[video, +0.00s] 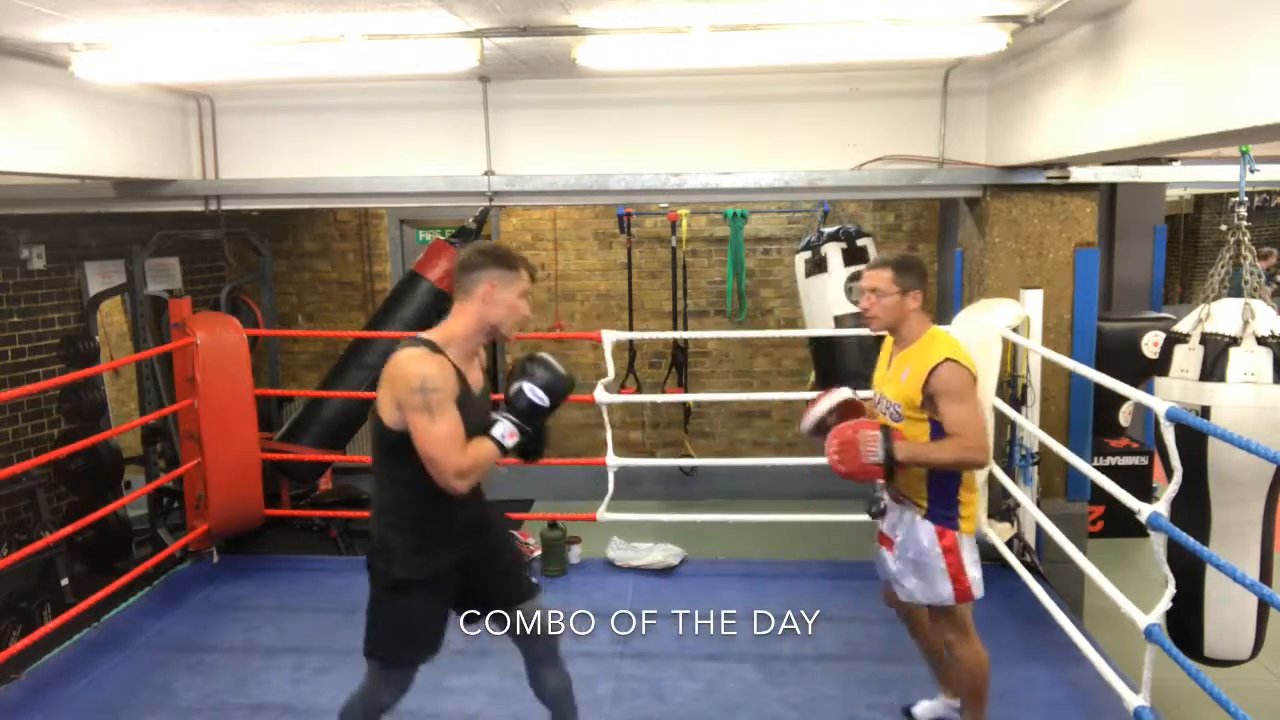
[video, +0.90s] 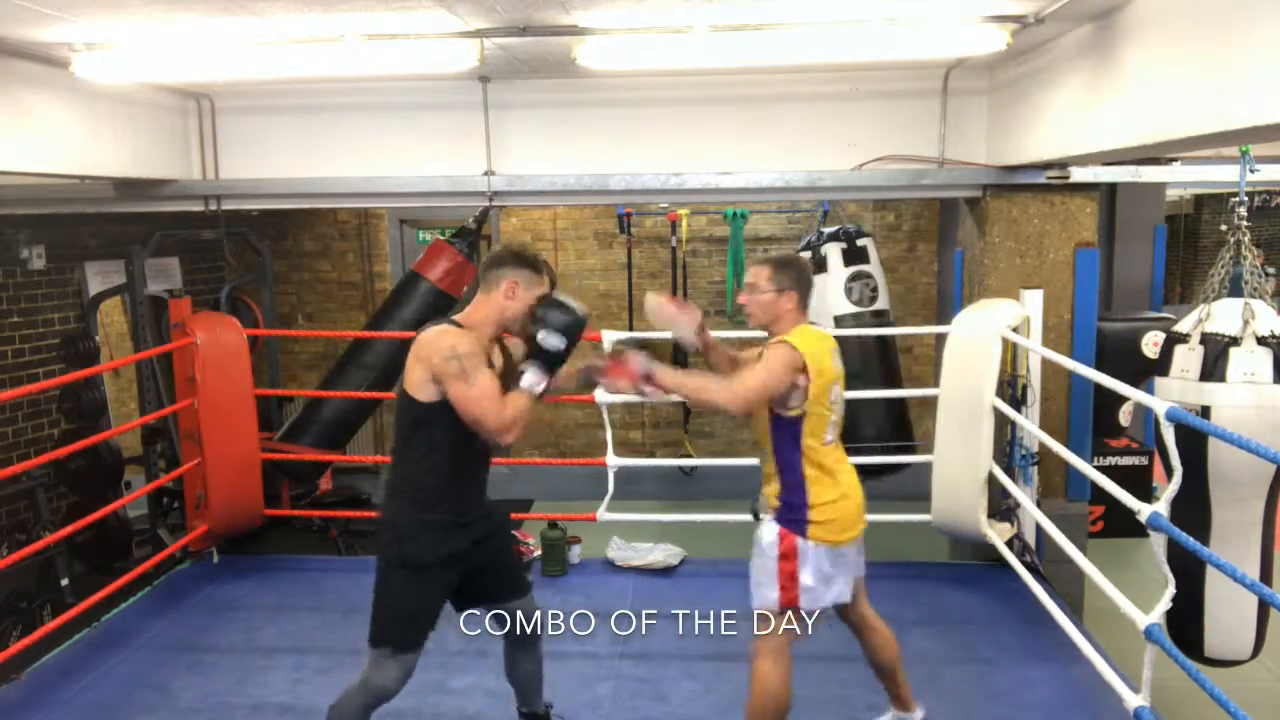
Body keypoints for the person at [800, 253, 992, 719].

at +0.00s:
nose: (863, 305)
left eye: (875, 295)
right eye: (863, 295)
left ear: (913, 300)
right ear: (899, 302)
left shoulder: (945, 366)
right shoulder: (895, 344)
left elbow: (975, 450)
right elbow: (900, 419)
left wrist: (893, 449)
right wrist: (850, 409)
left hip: (939, 523)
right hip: (901, 509)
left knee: (955, 632)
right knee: (902, 599)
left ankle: (975, 715)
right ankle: (952, 697)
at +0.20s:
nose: (860, 304)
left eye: (871, 295)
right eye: (860, 294)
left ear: (908, 299)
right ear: (899, 303)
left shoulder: (933, 360)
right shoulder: (897, 346)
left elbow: (937, 449)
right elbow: (863, 391)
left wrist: (859, 420)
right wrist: (828, 383)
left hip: (926, 514)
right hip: (907, 505)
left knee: (917, 630)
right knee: (944, 612)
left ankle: (972, 714)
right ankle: (961, 702)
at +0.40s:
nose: (843, 305)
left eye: (854, 296)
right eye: (844, 295)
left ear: (890, 301)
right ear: (884, 304)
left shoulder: (916, 359)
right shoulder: (884, 346)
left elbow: (903, 443)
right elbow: (844, 391)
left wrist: (833, 403)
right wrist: (812, 381)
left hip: (905, 508)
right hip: (924, 502)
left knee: (847, 611)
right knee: (943, 607)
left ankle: (914, 711)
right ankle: (966, 707)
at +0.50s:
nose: (830, 309)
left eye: (840, 300)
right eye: (830, 299)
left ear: (875, 305)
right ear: (871, 306)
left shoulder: (902, 363)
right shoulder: (871, 352)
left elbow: (892, 448)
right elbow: (842, 401)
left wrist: (825, 408)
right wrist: (809, 390)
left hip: (888, 514)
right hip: (913, 510)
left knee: (828, 615)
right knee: (936, 609)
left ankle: (843, 714)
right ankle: (964, 707)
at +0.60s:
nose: (809, 312)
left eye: (820, 304)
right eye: (810, 302)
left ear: (854, 311)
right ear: (854, 312)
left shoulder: (874, 366)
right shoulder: (872, 354)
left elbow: (863, 450)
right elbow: (856, 427)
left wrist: (807, 402)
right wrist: (808, 406)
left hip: (863, 523)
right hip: (897, 515)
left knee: (816, 638)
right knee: (926, 613)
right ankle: (962, 707)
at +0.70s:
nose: (780, 311)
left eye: (790, 302)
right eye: (781, 300)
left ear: (825, 310)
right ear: (827, 312)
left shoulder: (829, 365)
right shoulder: (862, 352)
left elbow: (807, 432)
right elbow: (832, 422)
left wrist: (755, 391)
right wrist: (782, 387)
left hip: (834, 526)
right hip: (874, 515)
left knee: (789, 643)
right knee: (904, 610)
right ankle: (954, 702)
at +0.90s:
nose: (741, 298)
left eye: (752, 290)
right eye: (744, 288)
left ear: (787, 299)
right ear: (791, 301)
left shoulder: (787, 350)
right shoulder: (818, 343)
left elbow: (739, 397)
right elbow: (737, 368)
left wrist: (655, 374)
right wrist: (702, 337)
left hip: (800, 517)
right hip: (840, 505)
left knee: (771, 642)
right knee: (857, 610)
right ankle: (906, 708)